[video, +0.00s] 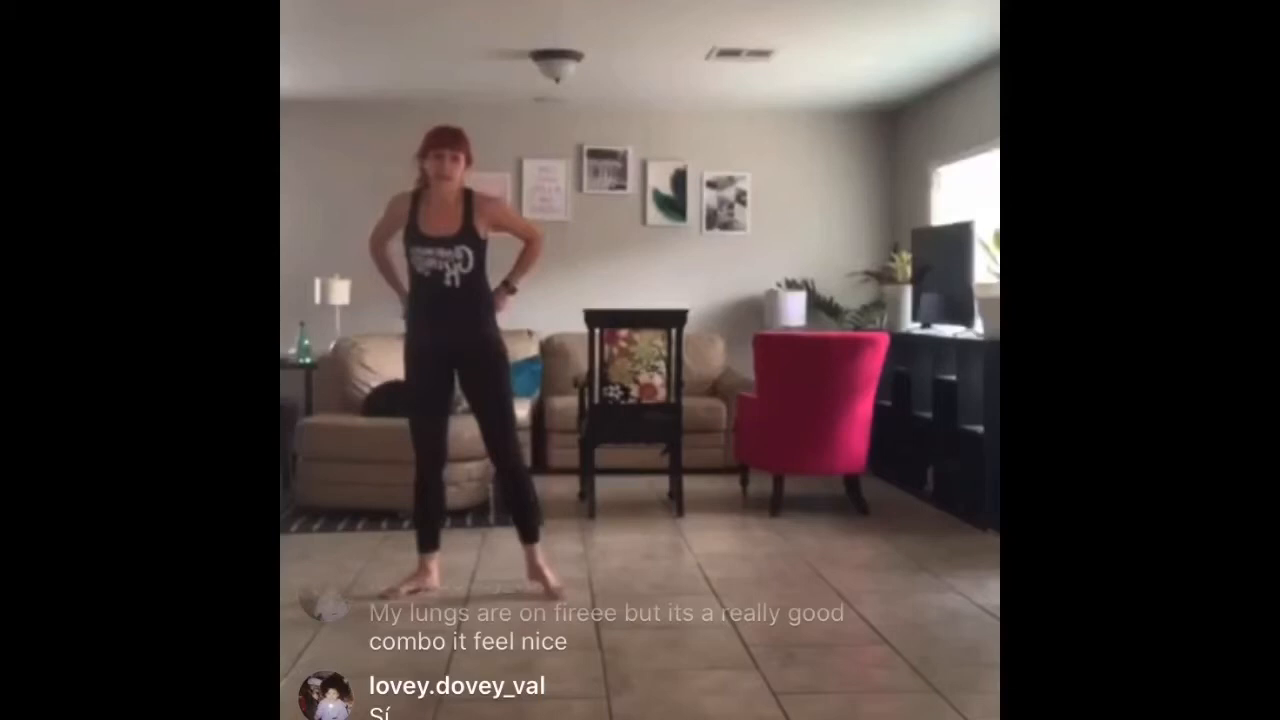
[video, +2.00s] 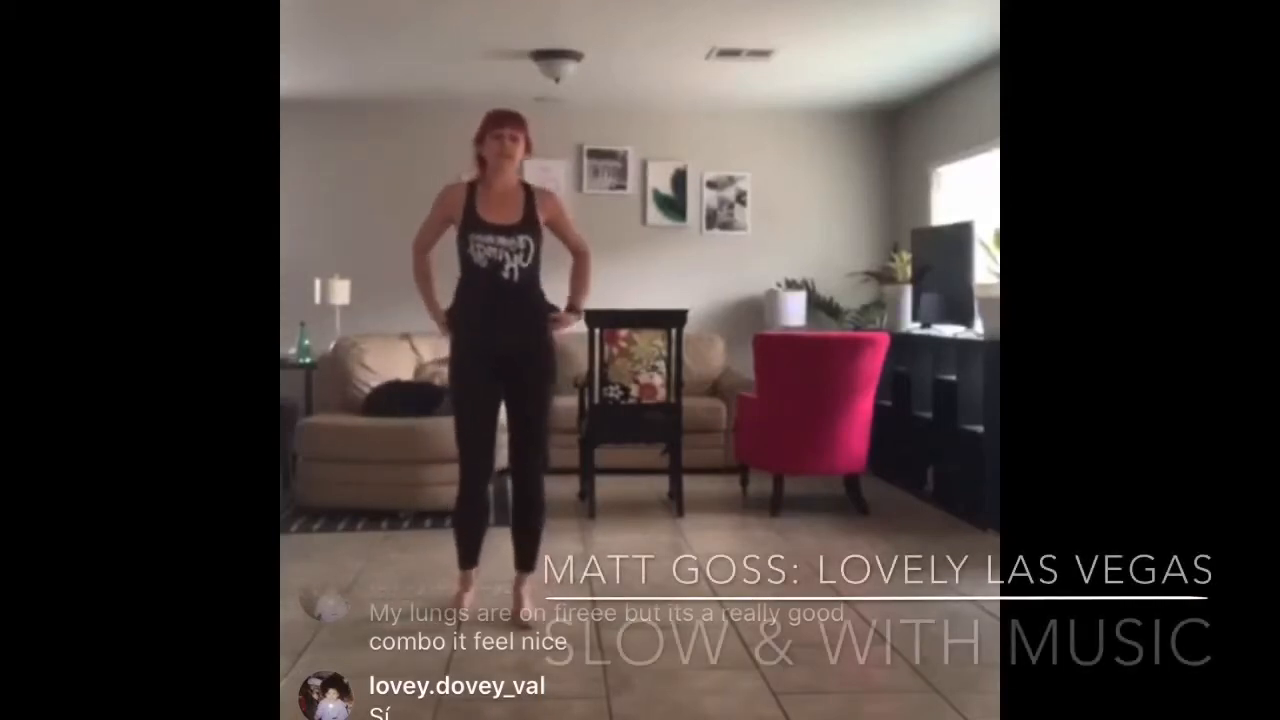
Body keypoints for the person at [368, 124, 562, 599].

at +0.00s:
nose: (445, 165)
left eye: (453, 158)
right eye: (437, 157)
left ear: (467, 166)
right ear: (422, 162)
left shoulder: (485, 208)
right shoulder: (405, 205)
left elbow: (534, 238)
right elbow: (377, 245)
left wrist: (509, 287)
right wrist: (405, 293)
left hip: (476, 335)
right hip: (425, 335)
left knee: (505, 449)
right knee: (428, 456)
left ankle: (535, 558)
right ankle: (428, 568)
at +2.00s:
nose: (504, 145)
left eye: (513, 139)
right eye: (496, 137)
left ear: (525, 151)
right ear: (480, 147)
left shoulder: (543, 203)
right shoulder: (457, 198)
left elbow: (581, 251)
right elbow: (422, 249)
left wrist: (573, 310)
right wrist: (438, 313)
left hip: (530, 336)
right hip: (473, 334)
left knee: (528, 464)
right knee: (475, 465)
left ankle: (525, 581)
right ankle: (467, 578)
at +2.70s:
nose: (524, 142)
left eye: (532, 136)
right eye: (515, 134)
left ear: (545, 150)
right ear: (498, 144)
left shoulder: (557, 209)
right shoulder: (472, 202)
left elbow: (564, 293)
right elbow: (450, 282)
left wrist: (558, 266)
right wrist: (472, 237)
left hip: (539, 345)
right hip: (483, 343)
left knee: (532, 467)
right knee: (487, 466)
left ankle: (527, 582)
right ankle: (486, 583)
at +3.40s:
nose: (507, 172)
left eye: (518, 167)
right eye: (499, 165)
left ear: (530, 181)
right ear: (484, 177)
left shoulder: (544, 232)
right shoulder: (463, 230)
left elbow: (582, 283)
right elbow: (421, 279)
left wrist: (553, 219)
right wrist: (449, 217)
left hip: (529, 367)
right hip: (474, 366)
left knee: (523, 479)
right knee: (478, 480)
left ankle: (521, 583)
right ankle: (490, 582)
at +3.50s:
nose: (509, 138)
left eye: (518, 132)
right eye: (500, 130)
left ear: (531, 145)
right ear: (484, 142)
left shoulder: (539, 200)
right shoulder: (462, 194)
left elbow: (578, 180)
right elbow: (418, 164)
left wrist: (550, 123)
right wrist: (448, 99)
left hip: (529, 347)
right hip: (471, 345)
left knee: (525, 467)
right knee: (475, 467)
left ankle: (524, 579)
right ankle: (488, 577)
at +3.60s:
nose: (506, 100)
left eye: (516, 94)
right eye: (497, 92)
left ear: (530, 106)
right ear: (479, 102)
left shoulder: (541, 158)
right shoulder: (462, 153)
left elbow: (564, 87)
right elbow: (434, 76)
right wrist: (440, 4)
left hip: (525, 306)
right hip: (466, 305)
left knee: (529, 434)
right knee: (474, 436)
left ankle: (533, 560)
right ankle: (473, 563)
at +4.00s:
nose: (491, 160)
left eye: (499, 153)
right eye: (482, 153)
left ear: (512, 166)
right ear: (463, 165)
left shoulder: (526, 217)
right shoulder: (444, 217)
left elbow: (584, 177)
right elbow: (425, 162)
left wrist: (550, 118)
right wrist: (456, 98)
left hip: (513, 362)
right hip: (455, 361)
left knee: (516, 479)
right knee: (450, 479)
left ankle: (503, 593)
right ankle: (477, 586)